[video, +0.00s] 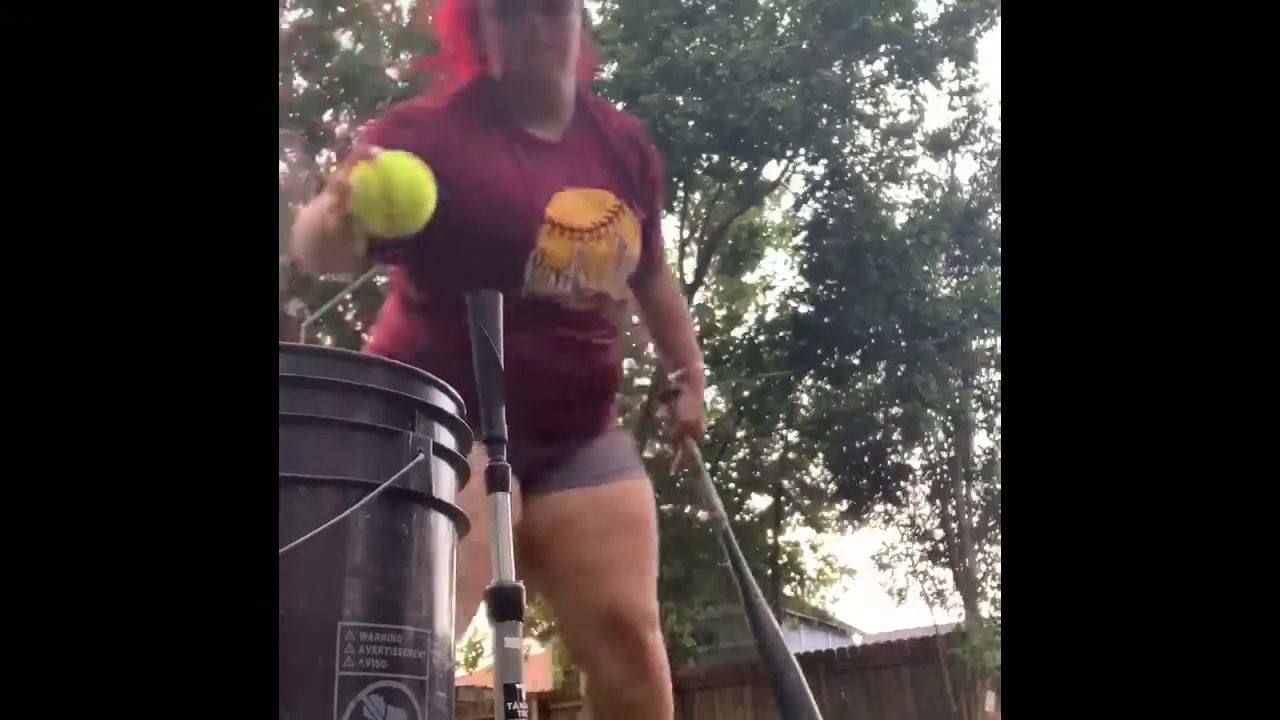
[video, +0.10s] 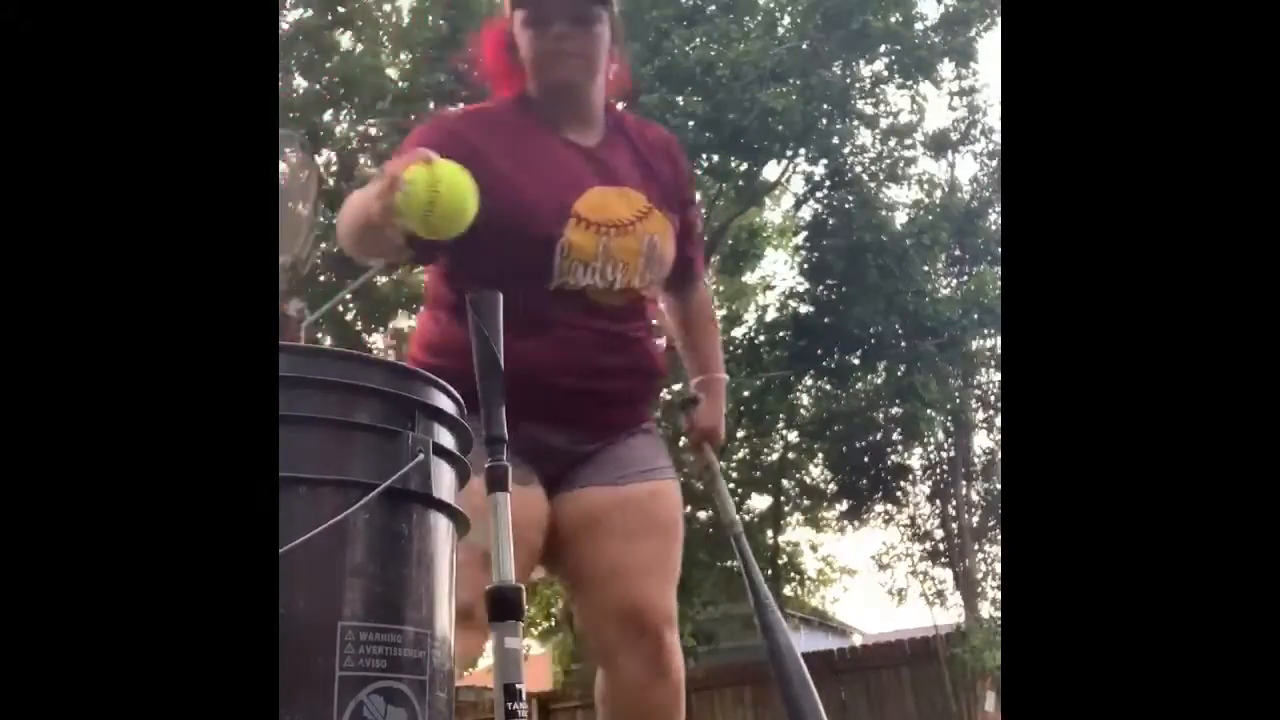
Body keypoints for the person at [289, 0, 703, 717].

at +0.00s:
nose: (541, 27)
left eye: (556, 7)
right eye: (515, 10)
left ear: (581, 22)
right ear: (479, 30)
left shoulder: (625, 148)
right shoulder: (421, 133)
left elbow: (651, 273)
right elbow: (316, 256)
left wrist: (691, 375)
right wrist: (343, 214)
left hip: (578, 428)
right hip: (440, 425)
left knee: (632, 642)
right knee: (410, 646)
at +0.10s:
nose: (562, 33)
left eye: (583, 18)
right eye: (543, 18)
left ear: (611, 38)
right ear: (513, 32)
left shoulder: (656, 153)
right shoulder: (462, 135)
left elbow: (687, 279)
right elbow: (357, 237)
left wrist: (711, 384)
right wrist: (388, 210)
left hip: (616, 430)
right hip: (478, 426)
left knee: (647, 638)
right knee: (458, 616)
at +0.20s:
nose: (584, 42)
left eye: (603, 26)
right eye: (564, 27)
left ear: (630, 43)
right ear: (536, 45)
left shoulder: (671, 156)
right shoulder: (490, 136)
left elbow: (705, 281)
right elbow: (398, 208)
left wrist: (729, 389)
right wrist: (421, 205)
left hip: (632, 426)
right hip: (496, 417)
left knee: (650, 631)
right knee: (460, 607)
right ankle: (390, 707)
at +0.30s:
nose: (593, 45)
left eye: (612, 29)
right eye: (573, 31)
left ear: (638, 43)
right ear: (549, 47)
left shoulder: (685, 162)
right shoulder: (506, 135)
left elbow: (712, 283)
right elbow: (438, 187)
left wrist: (741, 379)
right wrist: (453, 216)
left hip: (635, 420)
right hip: (499, 407)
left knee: (645, 623)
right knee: (469, 583)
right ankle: (405, 706)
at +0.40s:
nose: (596, 51)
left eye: (613, 35)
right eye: (576, 38)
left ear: (641, 50)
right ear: (553, 55)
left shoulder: (690, 168)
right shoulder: (519, 141)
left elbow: (714, 285)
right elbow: (474, 183)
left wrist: (743, 373)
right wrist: (458, 206)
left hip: (638, 424)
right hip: (503, 413)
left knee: (642, 621)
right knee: (458, 602)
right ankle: (397, 709)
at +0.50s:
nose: (589, 61)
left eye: (607, 46)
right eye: (571, 48)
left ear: (636, 60)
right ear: (548, 66)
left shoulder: (685, 177)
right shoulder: (518, 148)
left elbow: (712, 290)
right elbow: (478, 186)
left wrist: (742, 375)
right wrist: (464, 217)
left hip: (633, 428)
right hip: (499, 422)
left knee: (638, 621)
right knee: (447, 626)